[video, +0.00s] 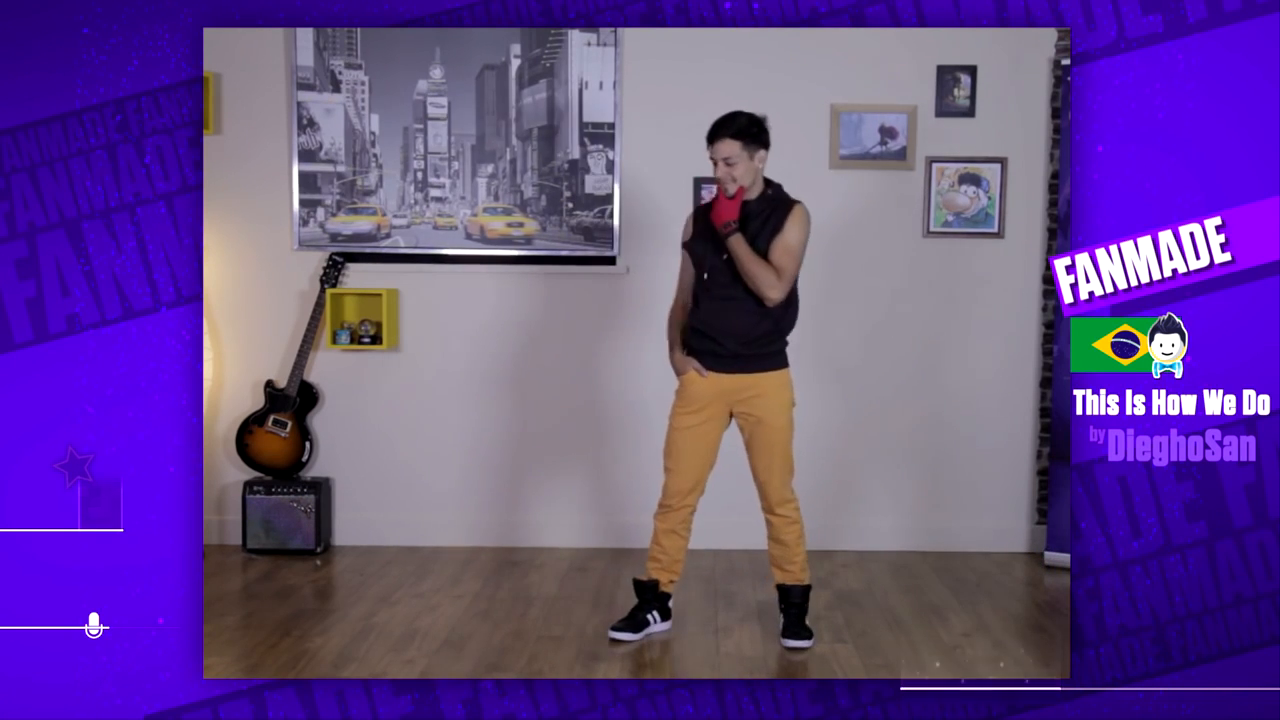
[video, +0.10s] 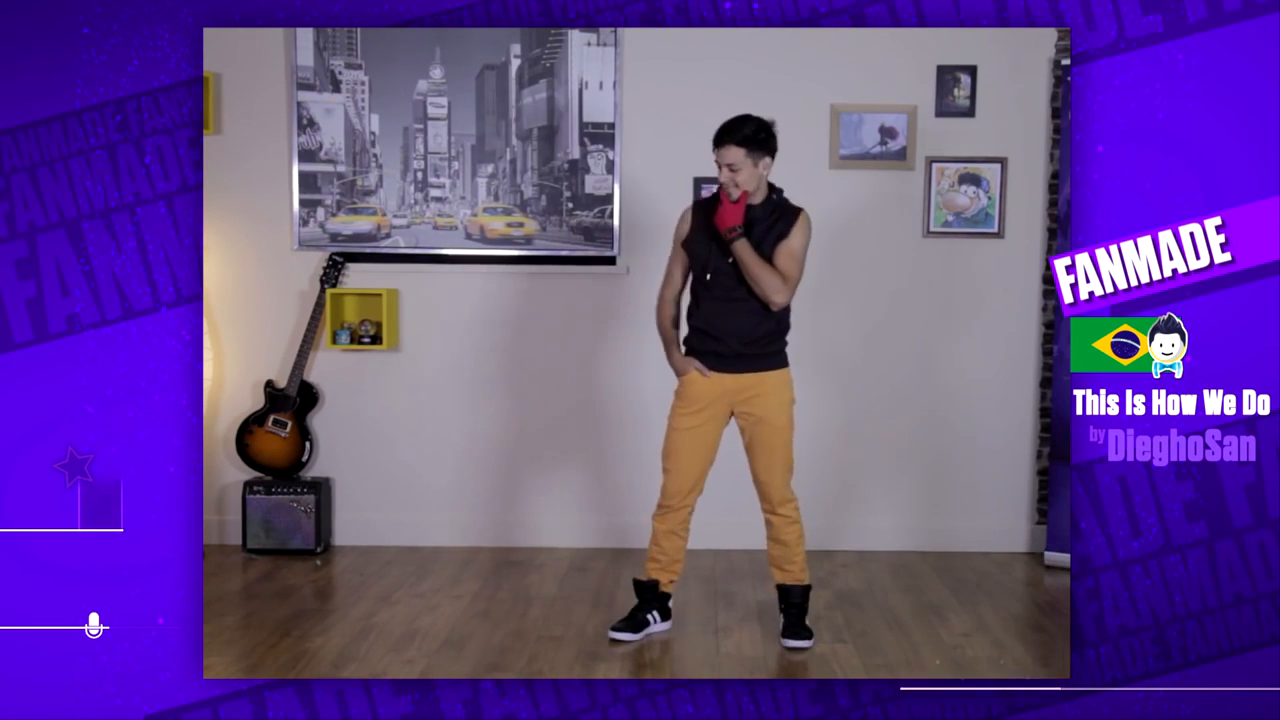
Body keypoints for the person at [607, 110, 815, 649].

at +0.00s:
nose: (720, 172)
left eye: (730, 161)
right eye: (714, 162)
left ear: (760, 158)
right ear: (710, 163)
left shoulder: (791, 216)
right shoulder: (701, 220)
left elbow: (774, 289)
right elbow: (684, 296)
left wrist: (731, 231)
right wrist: (676, 350)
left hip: (764, 381)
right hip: (701, 378)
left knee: (778, 498)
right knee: (676, 495)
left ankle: (794, 605)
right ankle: (654, 602)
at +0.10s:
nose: (725, 178)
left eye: (736, 168)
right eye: (720, 168)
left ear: (765, 165)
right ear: (714, 165)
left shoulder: (791, 221)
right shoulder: (695, 218)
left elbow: (779, 294)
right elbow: (669, 296)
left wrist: (735, 236)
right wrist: (675, 355)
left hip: (765, 381)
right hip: (702, 377)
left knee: (777, 497)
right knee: (674, 495)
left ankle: (794, 606)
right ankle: (654, 602)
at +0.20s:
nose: (727, 176)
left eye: (739, 167)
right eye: (722, 164)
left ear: (767, 169)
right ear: (715, 162)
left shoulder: (782, 223)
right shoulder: (690, 210)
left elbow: (779, 299)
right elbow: (650, 290)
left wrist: (736, 238)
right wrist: (670, 356)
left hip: (760, 379)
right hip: (696, 378)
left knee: (774, 494)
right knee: (668, 494)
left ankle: (792, 605)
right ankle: (650, 602)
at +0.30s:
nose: (719, 168)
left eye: (731, 160)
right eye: (715, 157)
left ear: (760, 164)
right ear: (710, 157)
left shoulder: (773, 225)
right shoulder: (684, 205)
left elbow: (775, 299)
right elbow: (641, 285)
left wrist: (733, 236)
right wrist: (663, 354)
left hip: (753, 378)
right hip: (690, 376)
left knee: (769, 491)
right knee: (663, 493)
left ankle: (789, 603)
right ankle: (644, 599)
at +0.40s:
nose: (706, 165)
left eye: (718, 157)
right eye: (702, 154)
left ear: (745, 164)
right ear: (697, 155)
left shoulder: (753, 226)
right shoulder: (670, 205)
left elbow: (758, 300)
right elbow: (628, 286)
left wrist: (725, 237)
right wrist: (655, 361)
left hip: (740, 380)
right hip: (679, 379)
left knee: (760, 496)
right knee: (661, 495)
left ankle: (778, 605)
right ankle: (642, 602)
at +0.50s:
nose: (698, 163)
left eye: (710, 155)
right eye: (693, 153)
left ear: (735, 162)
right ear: (687, 156)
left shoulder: (744, 225)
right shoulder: (660, 208)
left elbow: (749, 303)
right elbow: (618, 290)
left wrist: (718, 239)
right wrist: (646, 361)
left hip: (732, 379)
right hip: (670, 379)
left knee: (755, 495)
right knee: (656, 495)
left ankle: (778, 604)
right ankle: (642, 601)